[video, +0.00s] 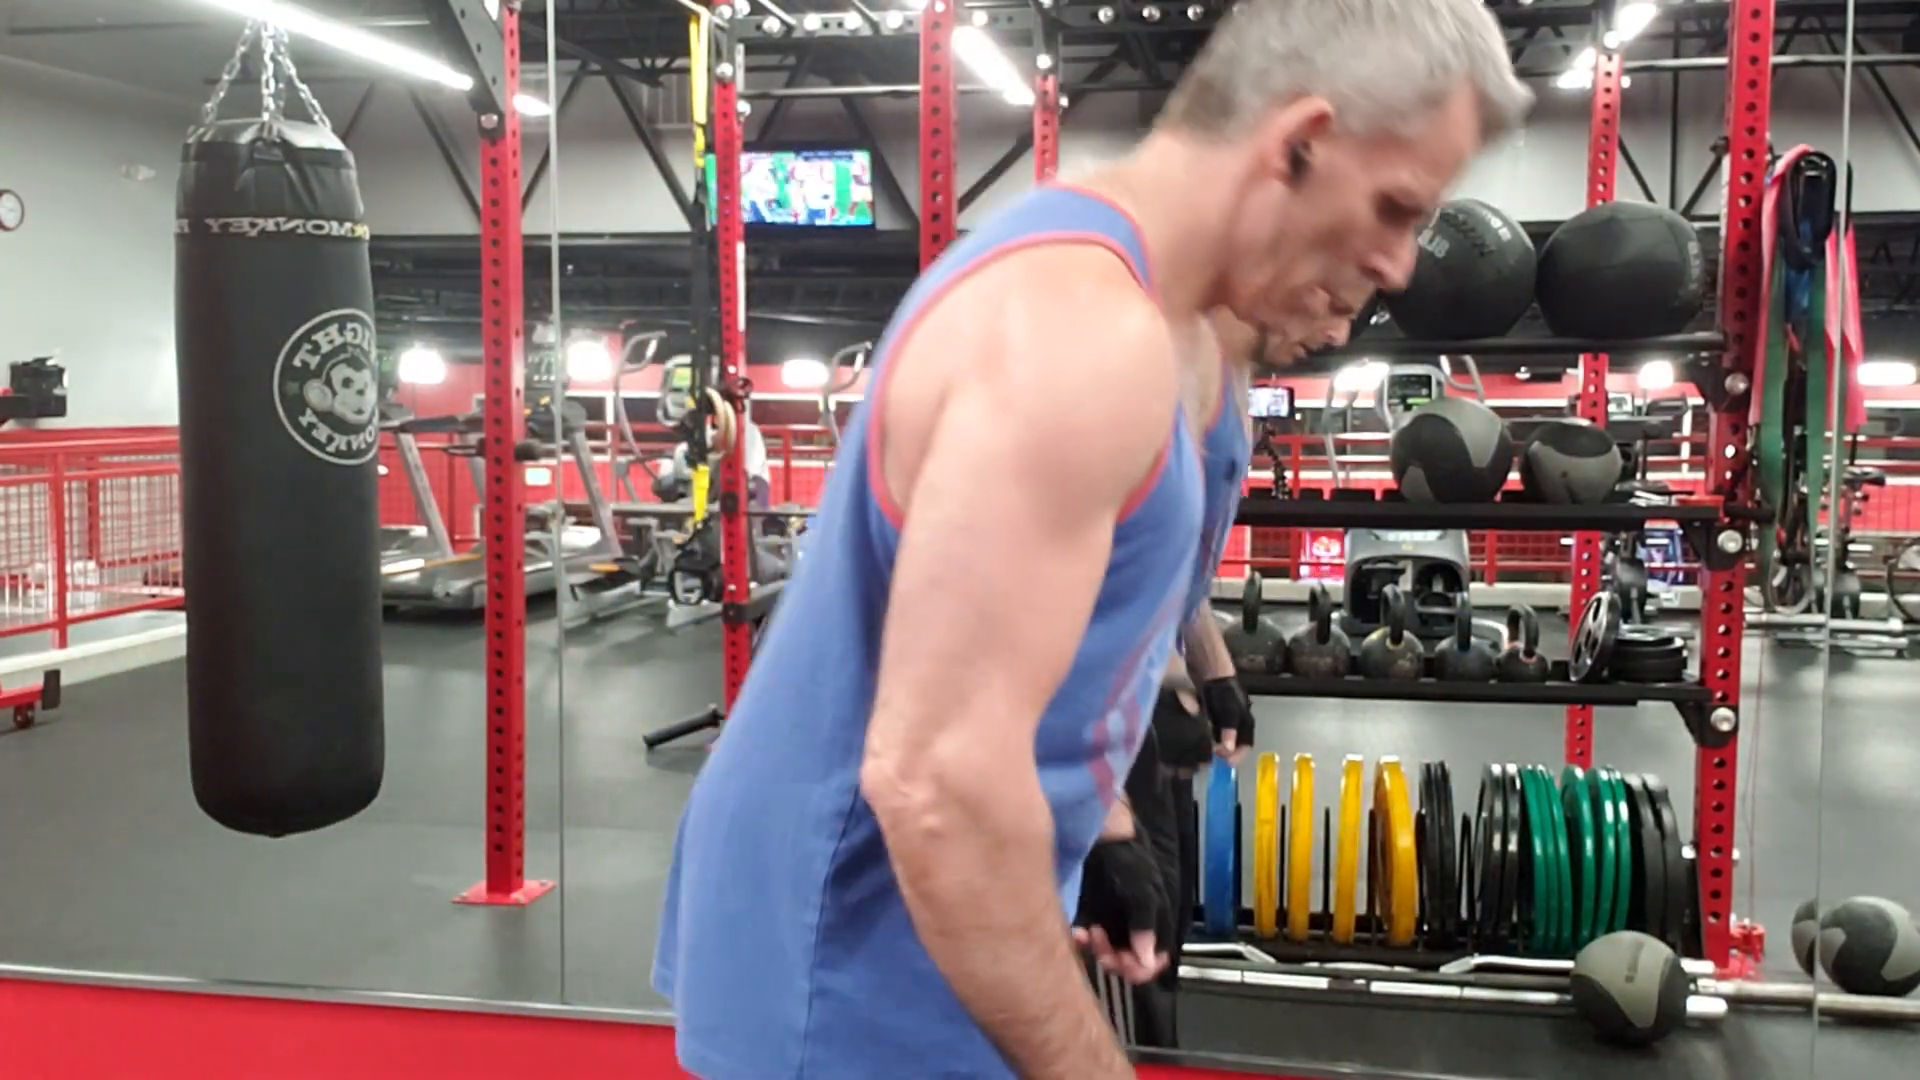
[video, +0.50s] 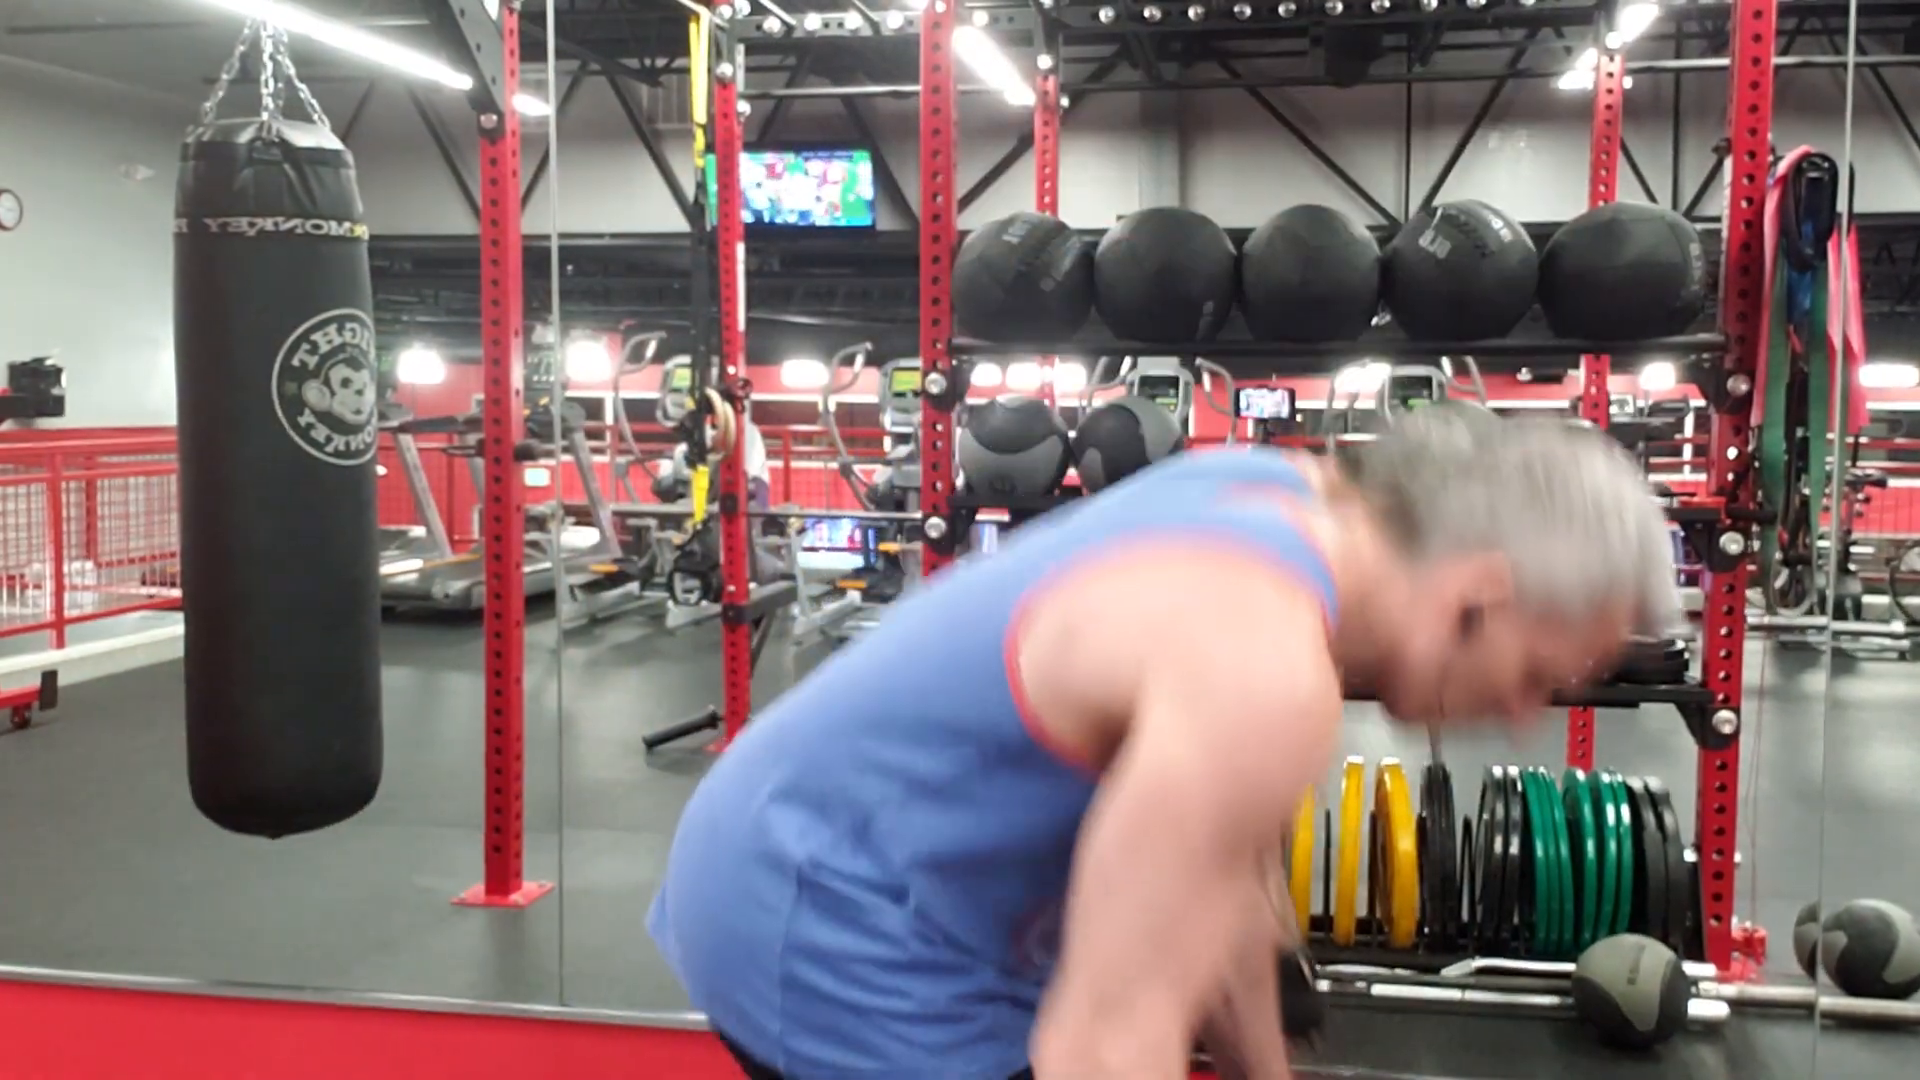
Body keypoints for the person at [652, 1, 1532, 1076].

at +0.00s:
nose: (1400, 268)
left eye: (1419, 227)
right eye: (1396, 209)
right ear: (1294, 144)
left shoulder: (1156, 319)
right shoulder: (1080, 341)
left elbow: (1057, 630)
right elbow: (936, 779)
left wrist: (1107, 835)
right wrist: (1088, 1059)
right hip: (854, 991)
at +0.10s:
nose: (1425, 314)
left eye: (1447, 275)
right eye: (1423, 259)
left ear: (1319, 197)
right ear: (1326, 192)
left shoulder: (1204, 354)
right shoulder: (1108, 362)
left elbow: (1060, 661)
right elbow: (950, 782)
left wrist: (1126, 862)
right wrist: (1079, 1060)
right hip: (858, 997)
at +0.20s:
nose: (1454, 379)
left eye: (1475, 343)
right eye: (1456, 328)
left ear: (1359, 255)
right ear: (1364, 254)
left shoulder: (1217, 379)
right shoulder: (1139, 402)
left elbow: (1099, 715)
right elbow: (972, 807)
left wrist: (1162, 929)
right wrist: (1080, 1058)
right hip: (872, 955)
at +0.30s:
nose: (1493, 478)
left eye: (1516, 444)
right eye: (1498, 428)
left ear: (1400, 351)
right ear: (1410, 354)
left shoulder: (1206, 402)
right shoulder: (1184, 467)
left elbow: (1143, 775)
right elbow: (1013, 863)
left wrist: (1207, 1010)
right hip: (859, 903)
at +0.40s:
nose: (1515, 587)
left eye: (1541, 561)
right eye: (1527, 547)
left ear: (1444, 454)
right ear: (1451, 468)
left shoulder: (1249, 473)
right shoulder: (1228, 560)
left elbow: (1187, 812)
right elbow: (1060, 939)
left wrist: (1243, 1055)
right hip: (847, 905)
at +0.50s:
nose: (1522, 719)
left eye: (1552, 699)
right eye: (1544, 686)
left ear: (1477, 576)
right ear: (1479, 597)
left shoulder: (1282, 497)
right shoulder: (1256, 677)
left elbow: (1225, 854)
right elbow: (1104, 1048)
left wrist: (1264, 1061)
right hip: (842, 933)